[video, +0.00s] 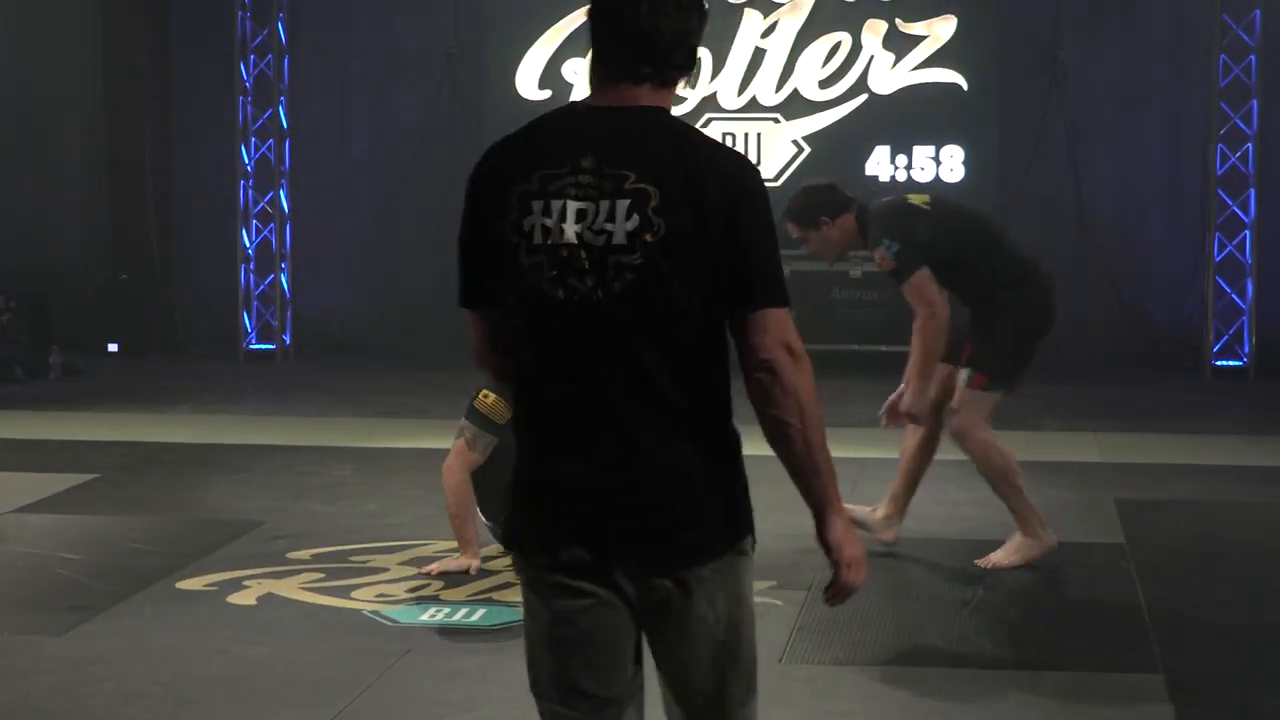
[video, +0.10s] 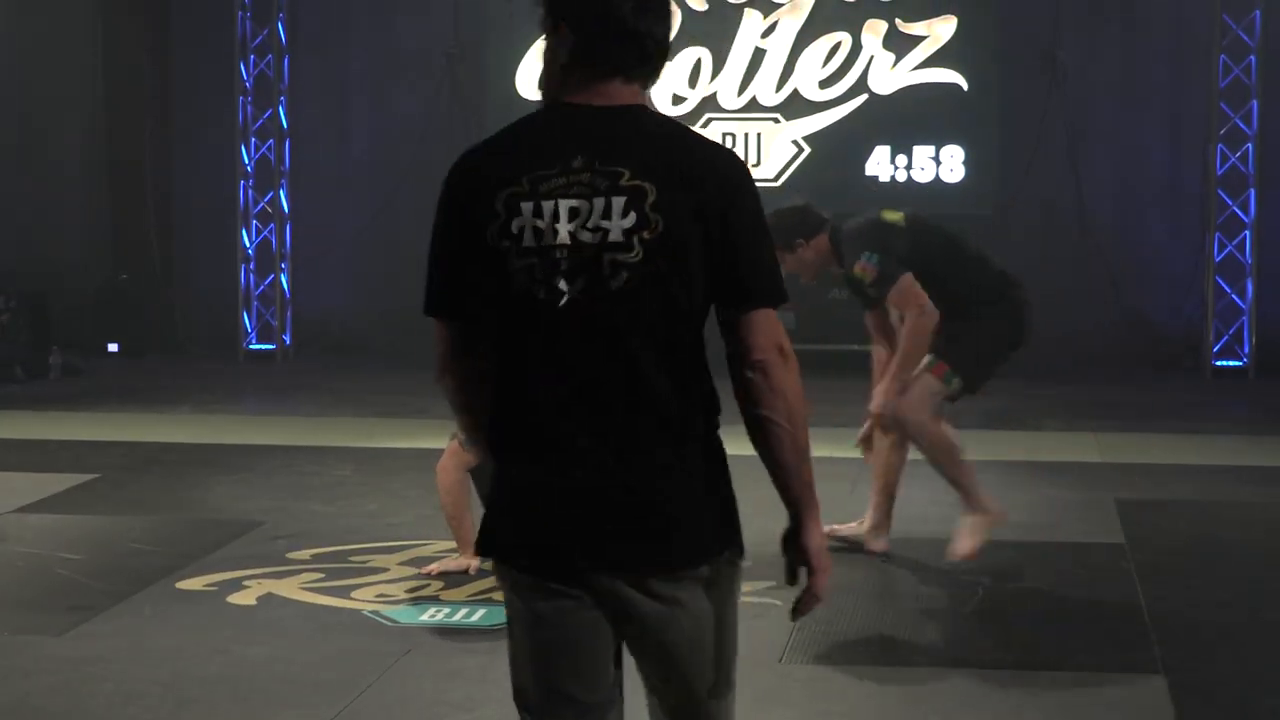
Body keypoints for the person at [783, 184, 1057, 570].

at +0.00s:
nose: (808, 251)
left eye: (805, 240)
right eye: (802, 243)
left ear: (829, 224)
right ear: (834, 220)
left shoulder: (886, 230)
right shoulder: (882, 221)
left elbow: (934, 311)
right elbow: (925, 312)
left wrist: (915, 392)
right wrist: (909, 384)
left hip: (1017, 301)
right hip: (981, 302)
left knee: (966, 422)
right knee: (928, 399)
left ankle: (1034, 532)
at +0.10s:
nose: (790, 272)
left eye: (786, 262)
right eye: (784, 265)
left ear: (804, 245)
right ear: (807, 243)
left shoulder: (861, 246)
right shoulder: (852, 257)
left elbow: (922, 314)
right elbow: (883, 343)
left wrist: (888, 394)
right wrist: (875, 416)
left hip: (992, 312)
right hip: (957, 314)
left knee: (913, 409)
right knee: (891, 408)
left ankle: (980, 509)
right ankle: (875, 526)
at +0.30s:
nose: (747, 347)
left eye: (747, 337)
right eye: (742, 342)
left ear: (771, 320)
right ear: (772, 318)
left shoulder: (818, 328)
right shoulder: (798, 344)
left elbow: (898, 345)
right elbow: (778, 418)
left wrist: (920, 420)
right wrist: (741, 456)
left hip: (951, 382)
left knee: (832, 418)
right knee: (831, 408)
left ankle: (831, 542)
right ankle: (864, 528)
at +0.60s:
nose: (741, 286)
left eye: (743, 275)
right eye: (739, 277)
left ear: (769, 263)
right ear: (768, 264)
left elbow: (907, 335)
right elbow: (762, 360)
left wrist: (911, 419)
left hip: (948, 354)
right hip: (915, 349)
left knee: (841, 412)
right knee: (827, 404)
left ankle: (830, 542)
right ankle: (861, 528)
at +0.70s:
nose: (763, 228)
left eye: (767, 216)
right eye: (760, 218)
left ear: (797, 206)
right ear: (795, 208)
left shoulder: (863, 224)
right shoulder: (820, 242)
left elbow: (926, 292)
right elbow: (825, 303)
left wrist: (923, 375)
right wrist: (839, 350)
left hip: (968, 320)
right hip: (934, 319)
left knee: (877, 403)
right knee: (855, 400)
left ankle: (900, 532)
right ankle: (863, 522)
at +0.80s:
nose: (788, 189)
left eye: (791, 178)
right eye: (785, 179)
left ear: (820, 169)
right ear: (820, 170)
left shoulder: (880, 194)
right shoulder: (857, 204)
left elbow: (945, 267)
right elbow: (895, 255)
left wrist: (935, 353)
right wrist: (908, 306)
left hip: (988, 298)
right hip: (958, 298)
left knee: (925, 411)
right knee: (898, 401)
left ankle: (1024, 506)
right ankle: (867, 526)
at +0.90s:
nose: (813, 174)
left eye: (816, 162)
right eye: (811, 164)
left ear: (844, 154)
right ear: (849, 153)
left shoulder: (897, 183)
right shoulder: (891, 180)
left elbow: (954, 263)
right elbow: (949, 258)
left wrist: (948, 351)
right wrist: (951, 311)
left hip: (1007, 303)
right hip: (981, 301)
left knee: (1009, 432)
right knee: (932, 415)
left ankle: (1090, 532)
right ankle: (877, 525)